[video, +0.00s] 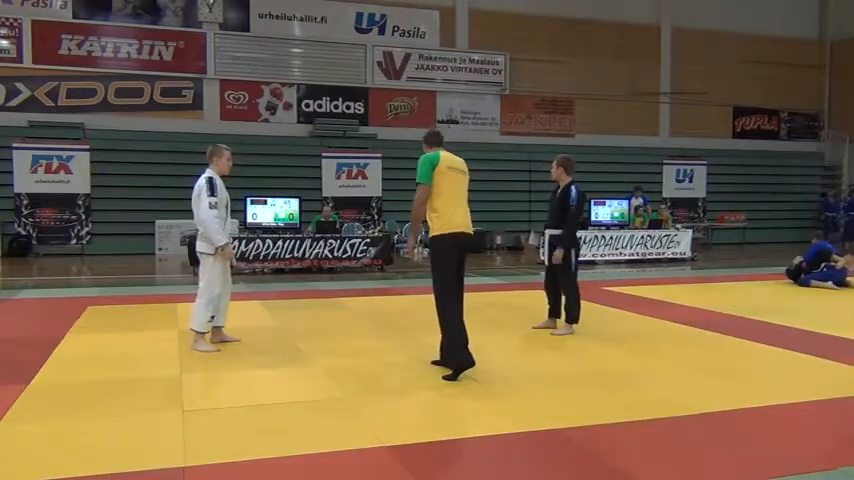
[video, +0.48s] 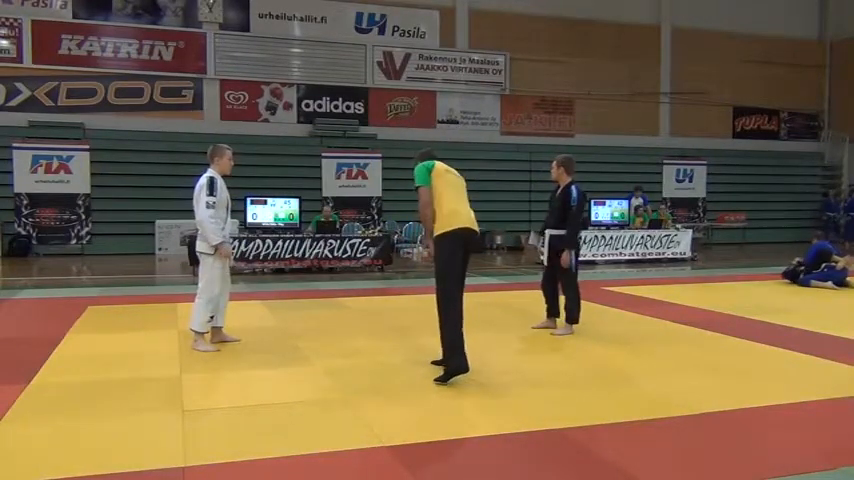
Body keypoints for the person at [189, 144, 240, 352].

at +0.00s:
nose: (231, 164)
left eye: (231, 160)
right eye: (228, 159)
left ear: (216, 160)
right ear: (216, 160)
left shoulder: (216, 182)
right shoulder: (207, 181)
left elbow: (217, 217)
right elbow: (207, 216)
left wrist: (227, 242)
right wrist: (223, 243)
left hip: (220, 245)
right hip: (209, 246)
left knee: (224, 288)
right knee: (210, 289)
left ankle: (217, 331)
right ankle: (199, 338)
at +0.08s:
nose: (231, 164)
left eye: (230, 160)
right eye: (228, 159)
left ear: (216, 160)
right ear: (215, 160)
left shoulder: (216, 182)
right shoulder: (208, 181)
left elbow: (217, 217)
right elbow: (206, 216)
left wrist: (227, 242)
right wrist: (222, 244)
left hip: (220, 245)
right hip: (209, 246)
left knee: (223, 288)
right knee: (209, 289)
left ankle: (217, 331)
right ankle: (199, 338)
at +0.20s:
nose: (231, 164)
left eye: (231, 160)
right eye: (228, 159)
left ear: (216, 160)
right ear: (216, 160)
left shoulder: (216, 182)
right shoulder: (208, 181)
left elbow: (216, 216)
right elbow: (206, 216)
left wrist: (226, 241)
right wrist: (221, 243)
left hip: (220, 245)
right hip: (210, 246)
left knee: (223, 288)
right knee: (209, 289)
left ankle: (217, 331)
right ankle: (199, 338)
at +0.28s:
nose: (231, 164)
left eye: (231, 159)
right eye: (229, 159)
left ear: (216, 160)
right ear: (216, 160)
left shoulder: (216, 182)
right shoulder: (209, 181)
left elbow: (215, 216)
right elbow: (206, 216)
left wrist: (225, 241)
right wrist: (220, 243)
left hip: (220, 245)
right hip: (210, 246)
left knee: (223, 288)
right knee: (209, 289)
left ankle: (217, 331)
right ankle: (199, 338)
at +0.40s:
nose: (232, 164)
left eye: (232, 159)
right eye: (229, 159)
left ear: (217, 160)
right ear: (217, 160)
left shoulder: (216, 182)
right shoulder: (209, 181)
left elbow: (214, 216)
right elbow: (204, 216)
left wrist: (225, 241)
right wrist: (219, 243)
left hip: (220, 245)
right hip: (209, 246)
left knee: (223, 288)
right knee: (208, 290)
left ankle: (217, 331)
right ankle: (198, 337)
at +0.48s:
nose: (232, 163)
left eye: (232, 159)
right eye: (230, 159)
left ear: (217, 160)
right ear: (217, 160)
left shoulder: (216, 181)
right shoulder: (209, 181)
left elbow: (214, 216)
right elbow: (205, 216)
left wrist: (224, 240)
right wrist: (219, 243)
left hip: (220, 245)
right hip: (209, 246)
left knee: (222, 288)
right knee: (208, 289)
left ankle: (217, 331)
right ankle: (198, 337)